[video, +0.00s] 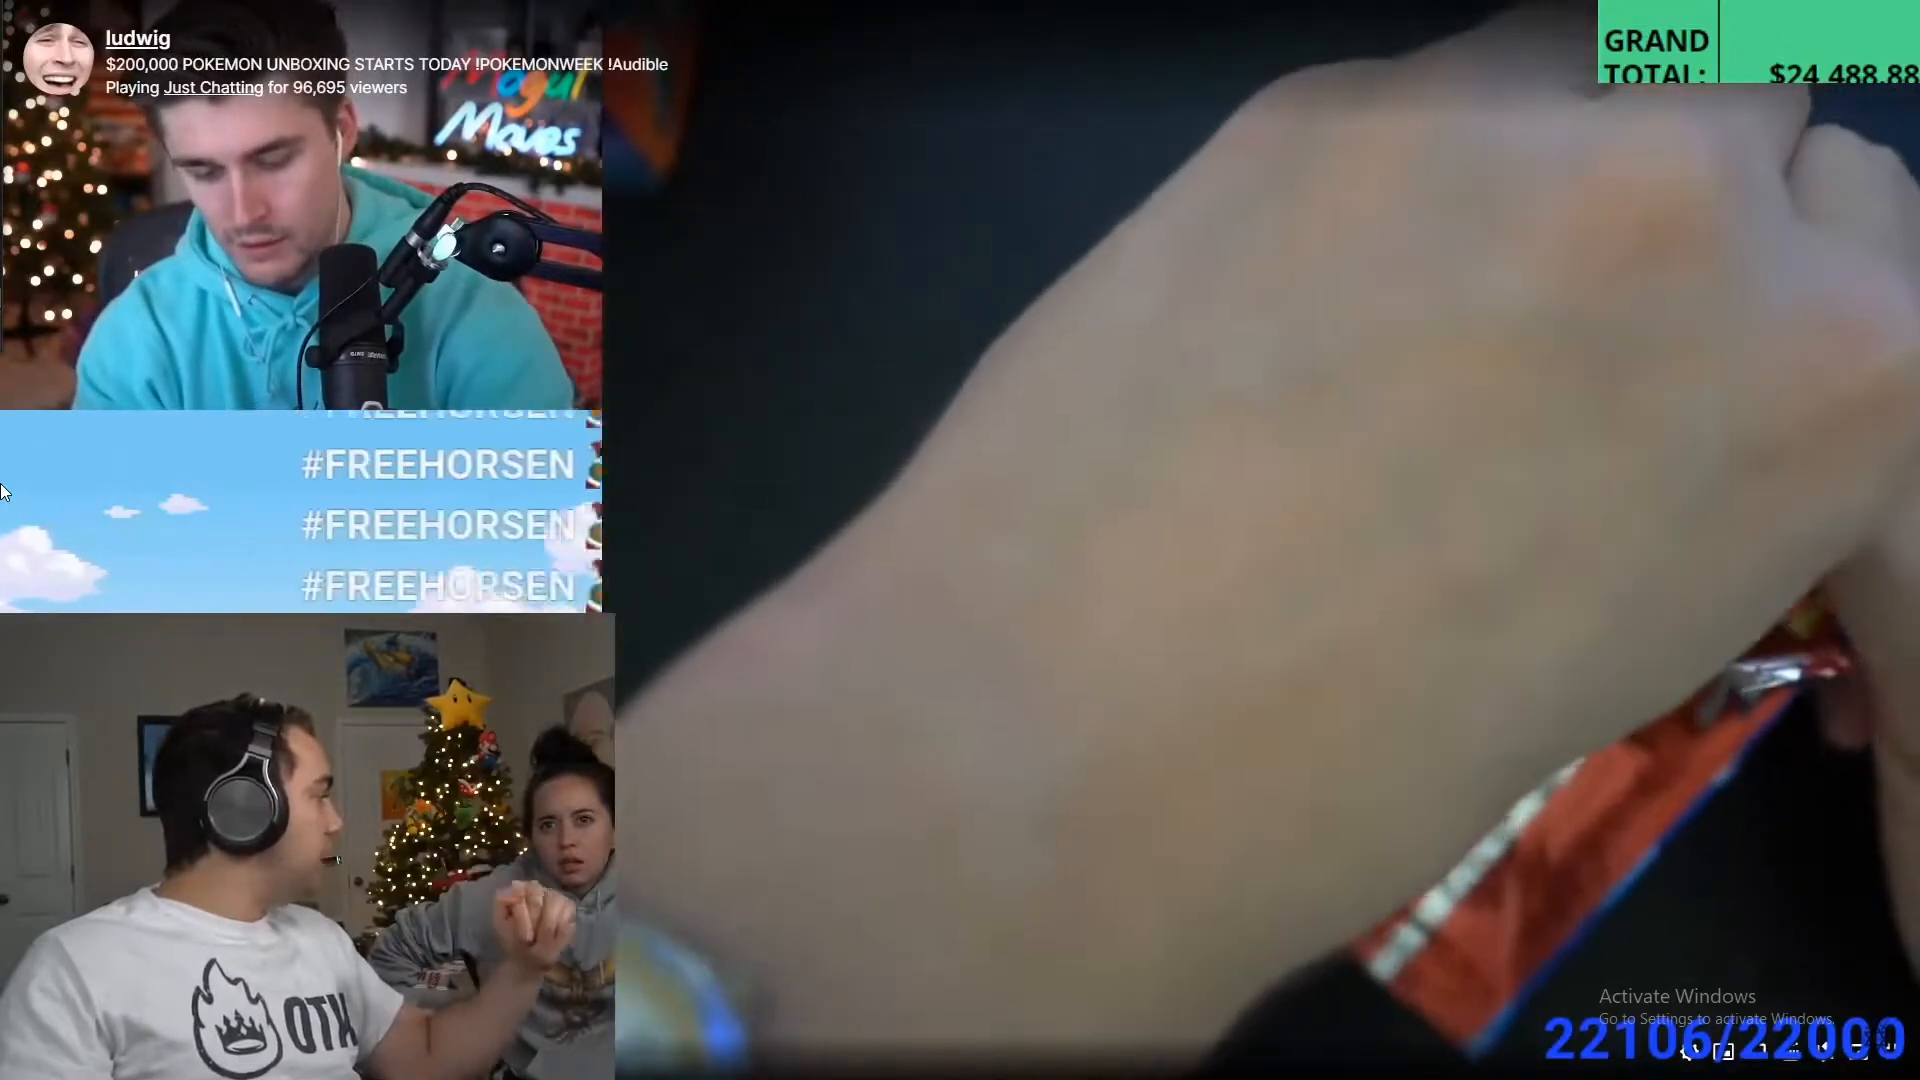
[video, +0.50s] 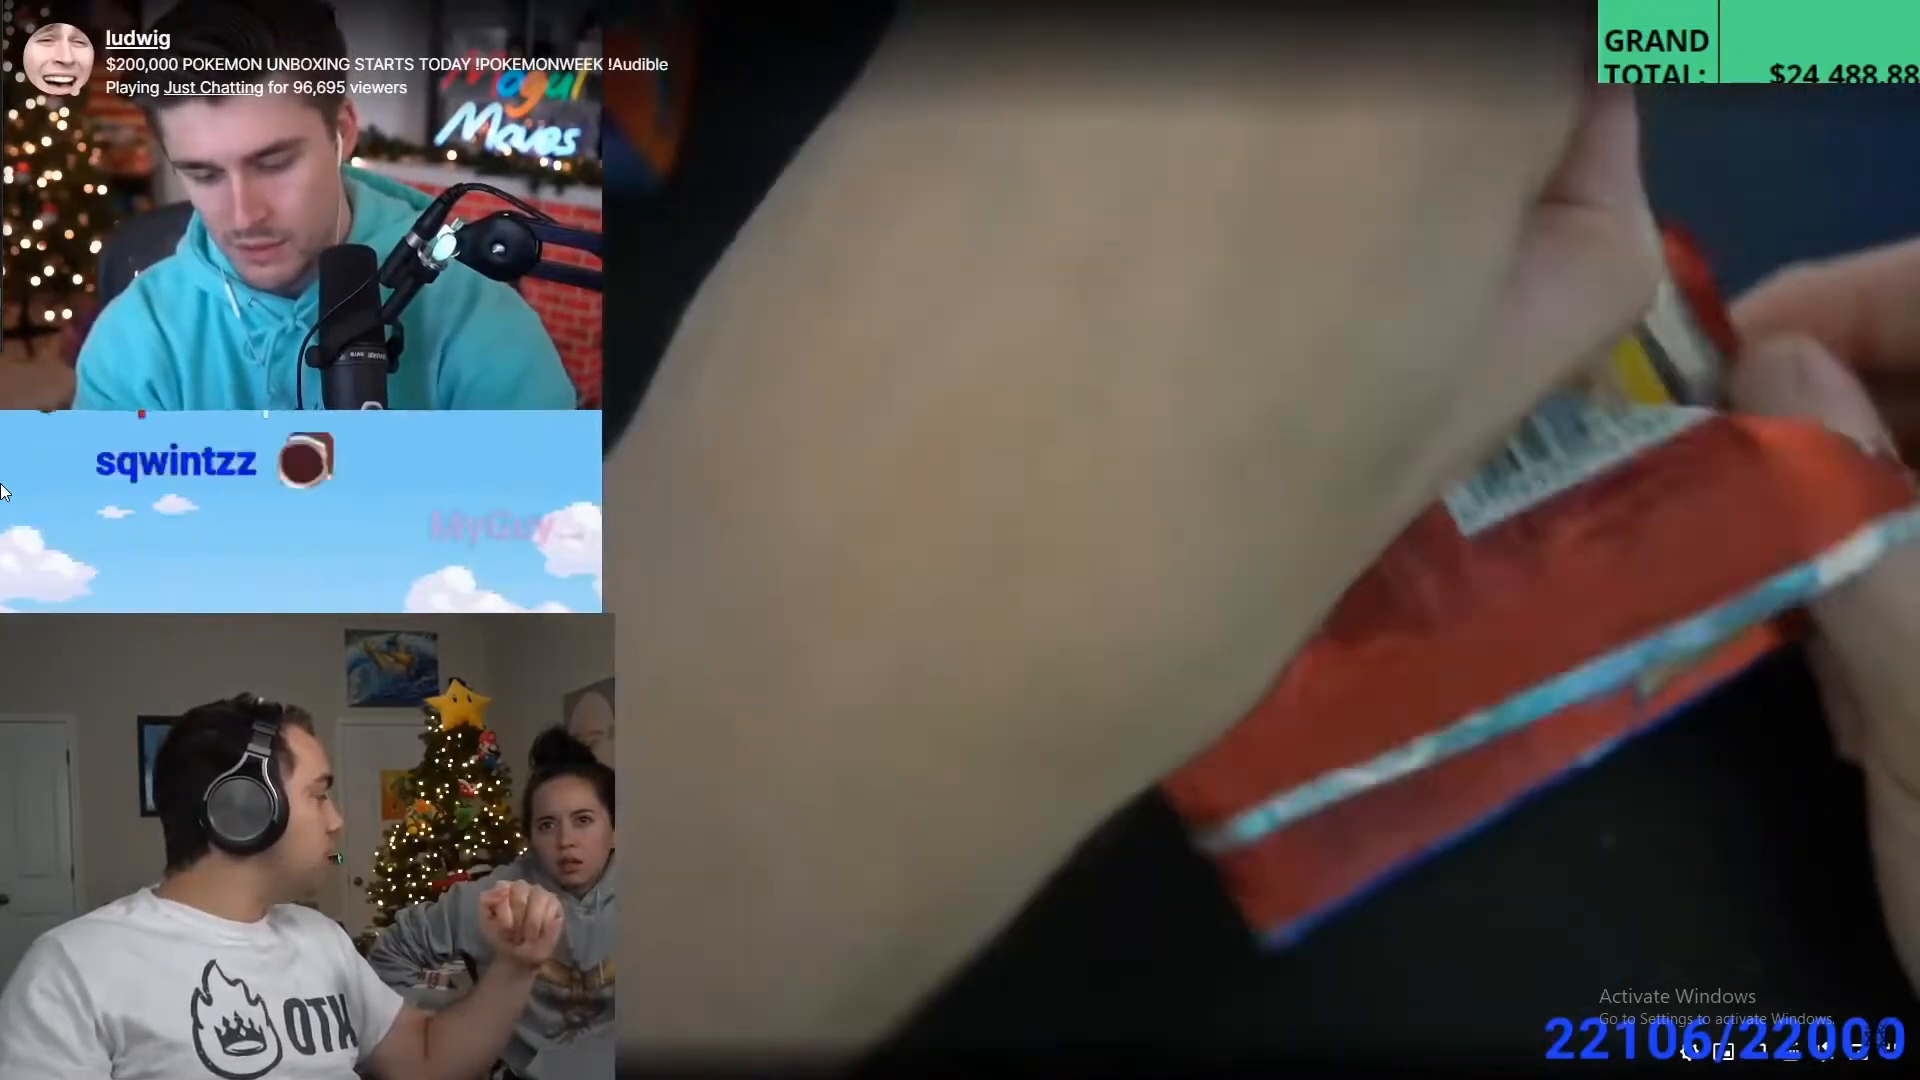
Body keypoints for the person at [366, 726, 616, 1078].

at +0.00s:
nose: (567, 842)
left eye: (584, 821)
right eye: (548, 825)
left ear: (614, 828)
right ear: (530, 837)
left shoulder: (645, 896)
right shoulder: (488, 901)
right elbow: (388, 956)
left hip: (629, 1069)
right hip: (537, 1073)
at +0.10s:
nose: (567, 842)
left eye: (584, 821)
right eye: (548, 825)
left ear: (615, 828)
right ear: (530, 837)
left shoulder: (645, 894)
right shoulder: (486, 901)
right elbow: (388, 957)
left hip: (627, 1068)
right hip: (536, 1073)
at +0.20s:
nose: (566, 842)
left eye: (584, 821)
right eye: (548, 825)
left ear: (615, 828)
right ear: (530, 836)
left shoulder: (647, 894)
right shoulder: (489, 899)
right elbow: (387, 957)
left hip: (624, 1069)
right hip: (535, 1073)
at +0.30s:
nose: (566, 842)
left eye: (584, 821)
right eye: (548, 825)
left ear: (615, 828)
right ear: (530, 837)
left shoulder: (646, 892)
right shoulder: (488, 900)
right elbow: (387, 958)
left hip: (627, 1069)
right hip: (536, 1073)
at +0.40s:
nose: (566, 841)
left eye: (583, 821)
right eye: (547, 825)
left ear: (614, 829)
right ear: (530, 837)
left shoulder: (644, 893)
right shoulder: (489, 900)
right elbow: (390, 954)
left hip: (628, 1066)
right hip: (537, 1071)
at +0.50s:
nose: (566, 841)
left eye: (583, 821)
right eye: (547, 825)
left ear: (614, 830)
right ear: (530, 837)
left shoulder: (642, 892)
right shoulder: (489, 899)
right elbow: (389, 957)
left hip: (624, 1067)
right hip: (535, 1072)